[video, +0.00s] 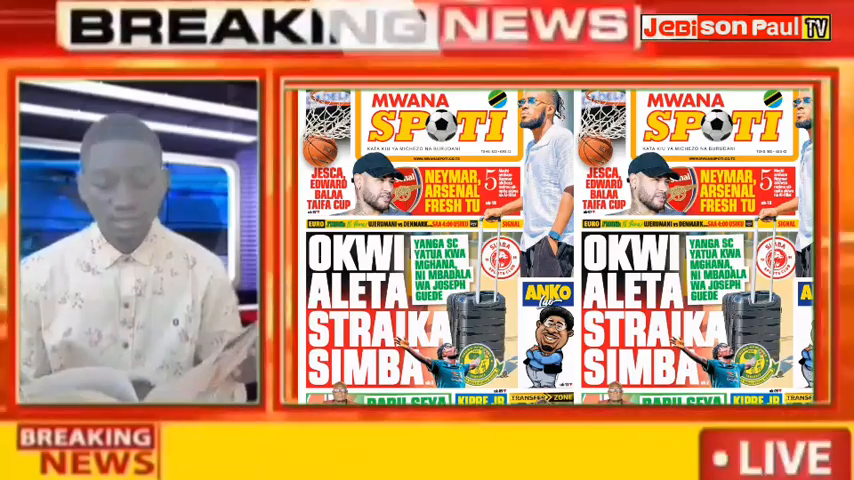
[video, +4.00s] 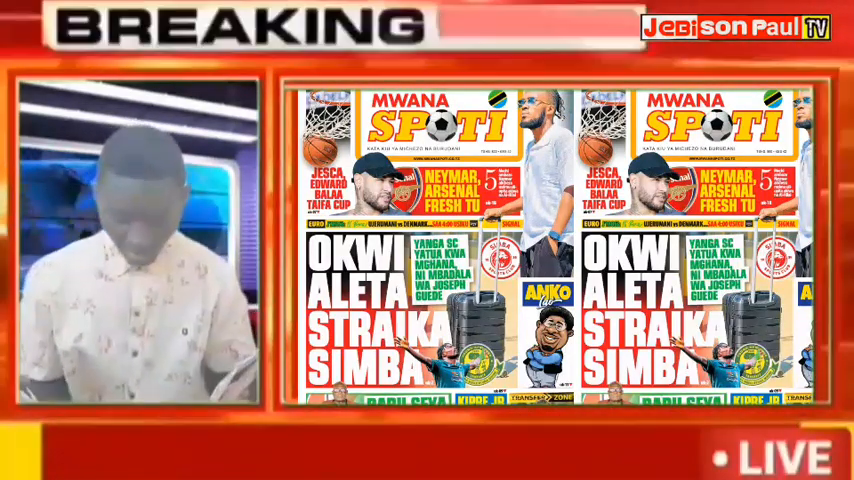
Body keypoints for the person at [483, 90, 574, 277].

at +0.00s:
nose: (523, 107)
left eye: (531, 101)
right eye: (522, 103)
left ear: (549, 110)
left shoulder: (563, 139)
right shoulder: (531, 147)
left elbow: (571, 192)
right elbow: (532, 196)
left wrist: (554, 238)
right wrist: (502, 211)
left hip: (551, 241)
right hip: (530, 242)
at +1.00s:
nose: (523, 107)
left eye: (531, 101)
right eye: (522, 103)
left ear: (549, 110)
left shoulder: (563, 139)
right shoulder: (531, 147)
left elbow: (571, 192)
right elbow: (532, 196)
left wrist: (554, 238)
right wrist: (502, 211)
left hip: (551, 241)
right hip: (530, 242)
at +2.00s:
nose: (523, 107)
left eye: (531, 101)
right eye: (522, 103)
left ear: (550, 110)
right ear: (519, 108)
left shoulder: (563, 139)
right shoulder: (531, 147)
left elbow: (571, 192)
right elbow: (532, 195)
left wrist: (554, 238)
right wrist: (502, 211)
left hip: (551, 241)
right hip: (530, 242)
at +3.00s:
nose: (523, 107)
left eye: (531, 101)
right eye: (522, 103)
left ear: (550, 110)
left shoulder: (563, 139)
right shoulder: (531, 146)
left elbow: (571, 192)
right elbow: (532, 196)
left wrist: (554, 238)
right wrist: (502, 211)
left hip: (551, 241)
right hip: (530, 242)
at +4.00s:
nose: (523, 107)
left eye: (531, 102)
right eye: (522, 103)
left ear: (549, 110)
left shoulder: (563, 139)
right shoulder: (531, 147)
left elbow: (571, 192)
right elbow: (532, 196)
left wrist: (554, 238)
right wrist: (502, 211)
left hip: (551, 241)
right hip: (529, 242)